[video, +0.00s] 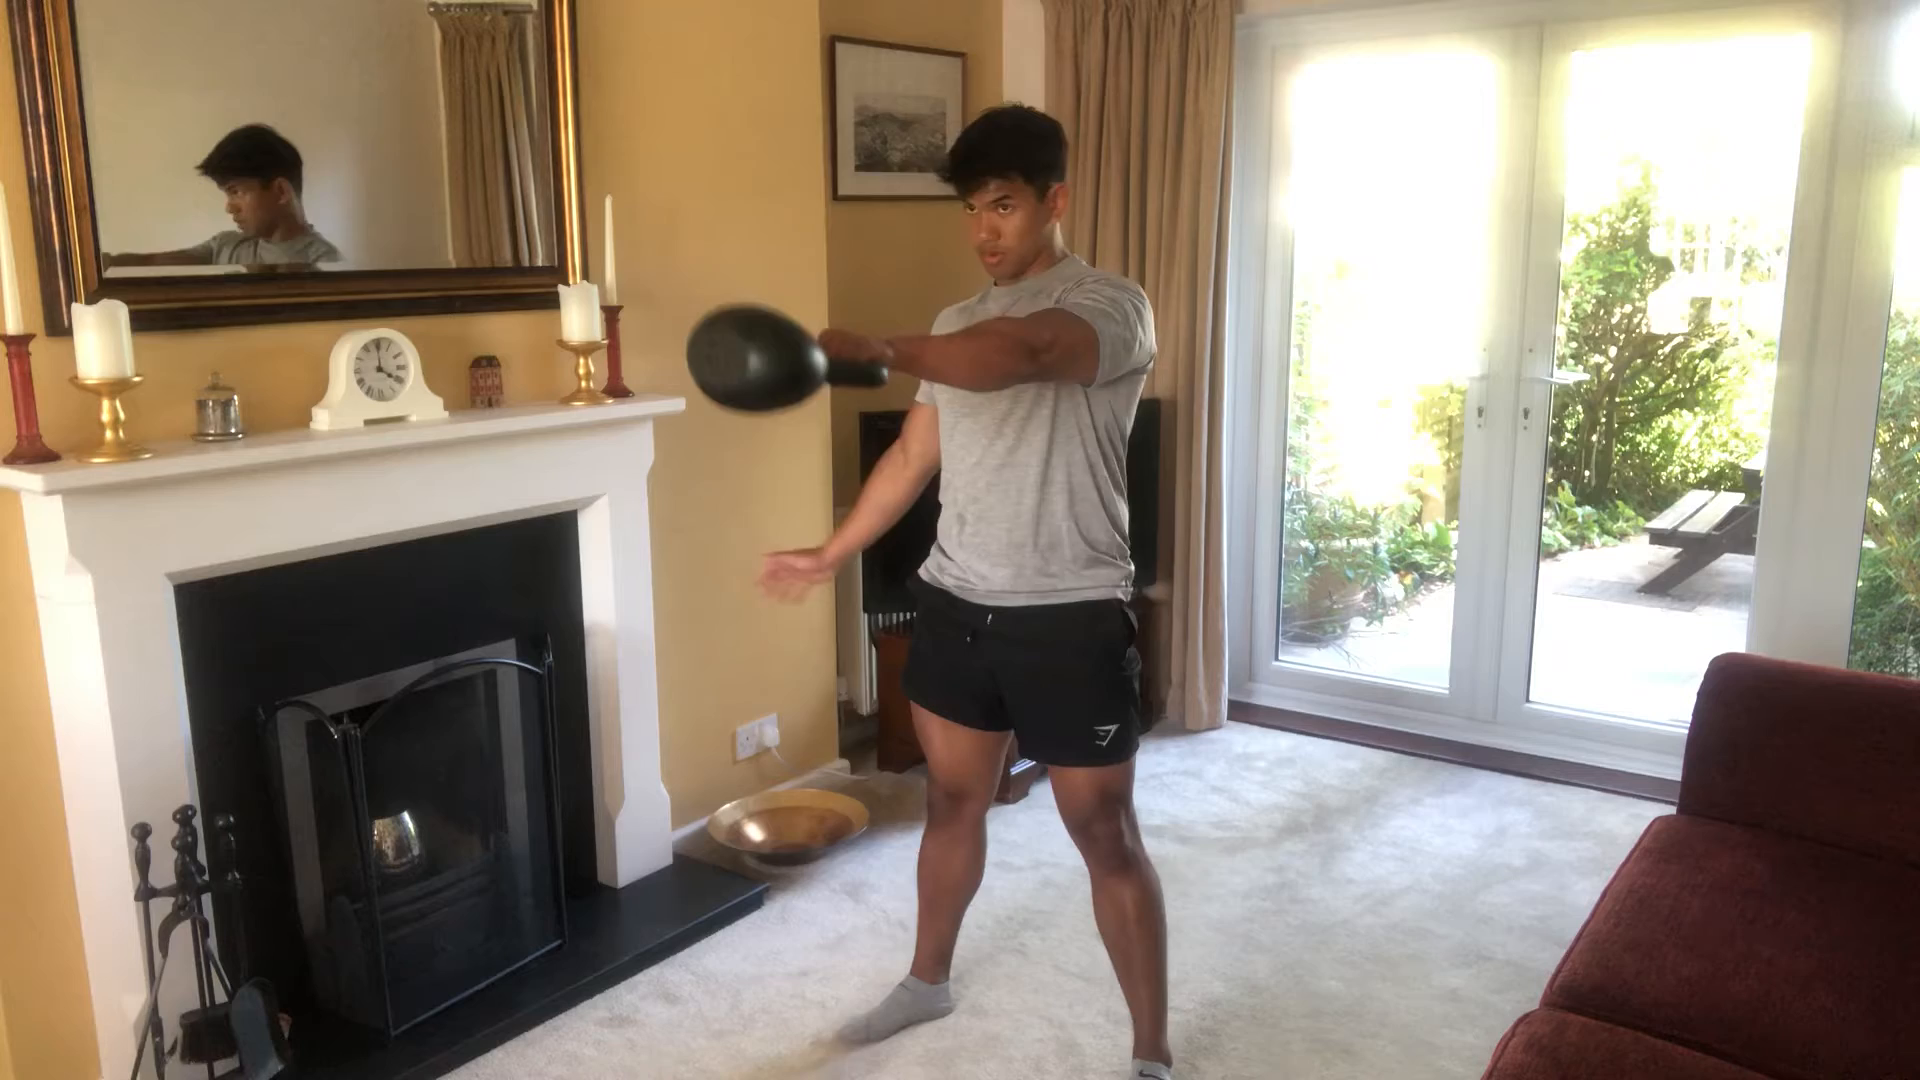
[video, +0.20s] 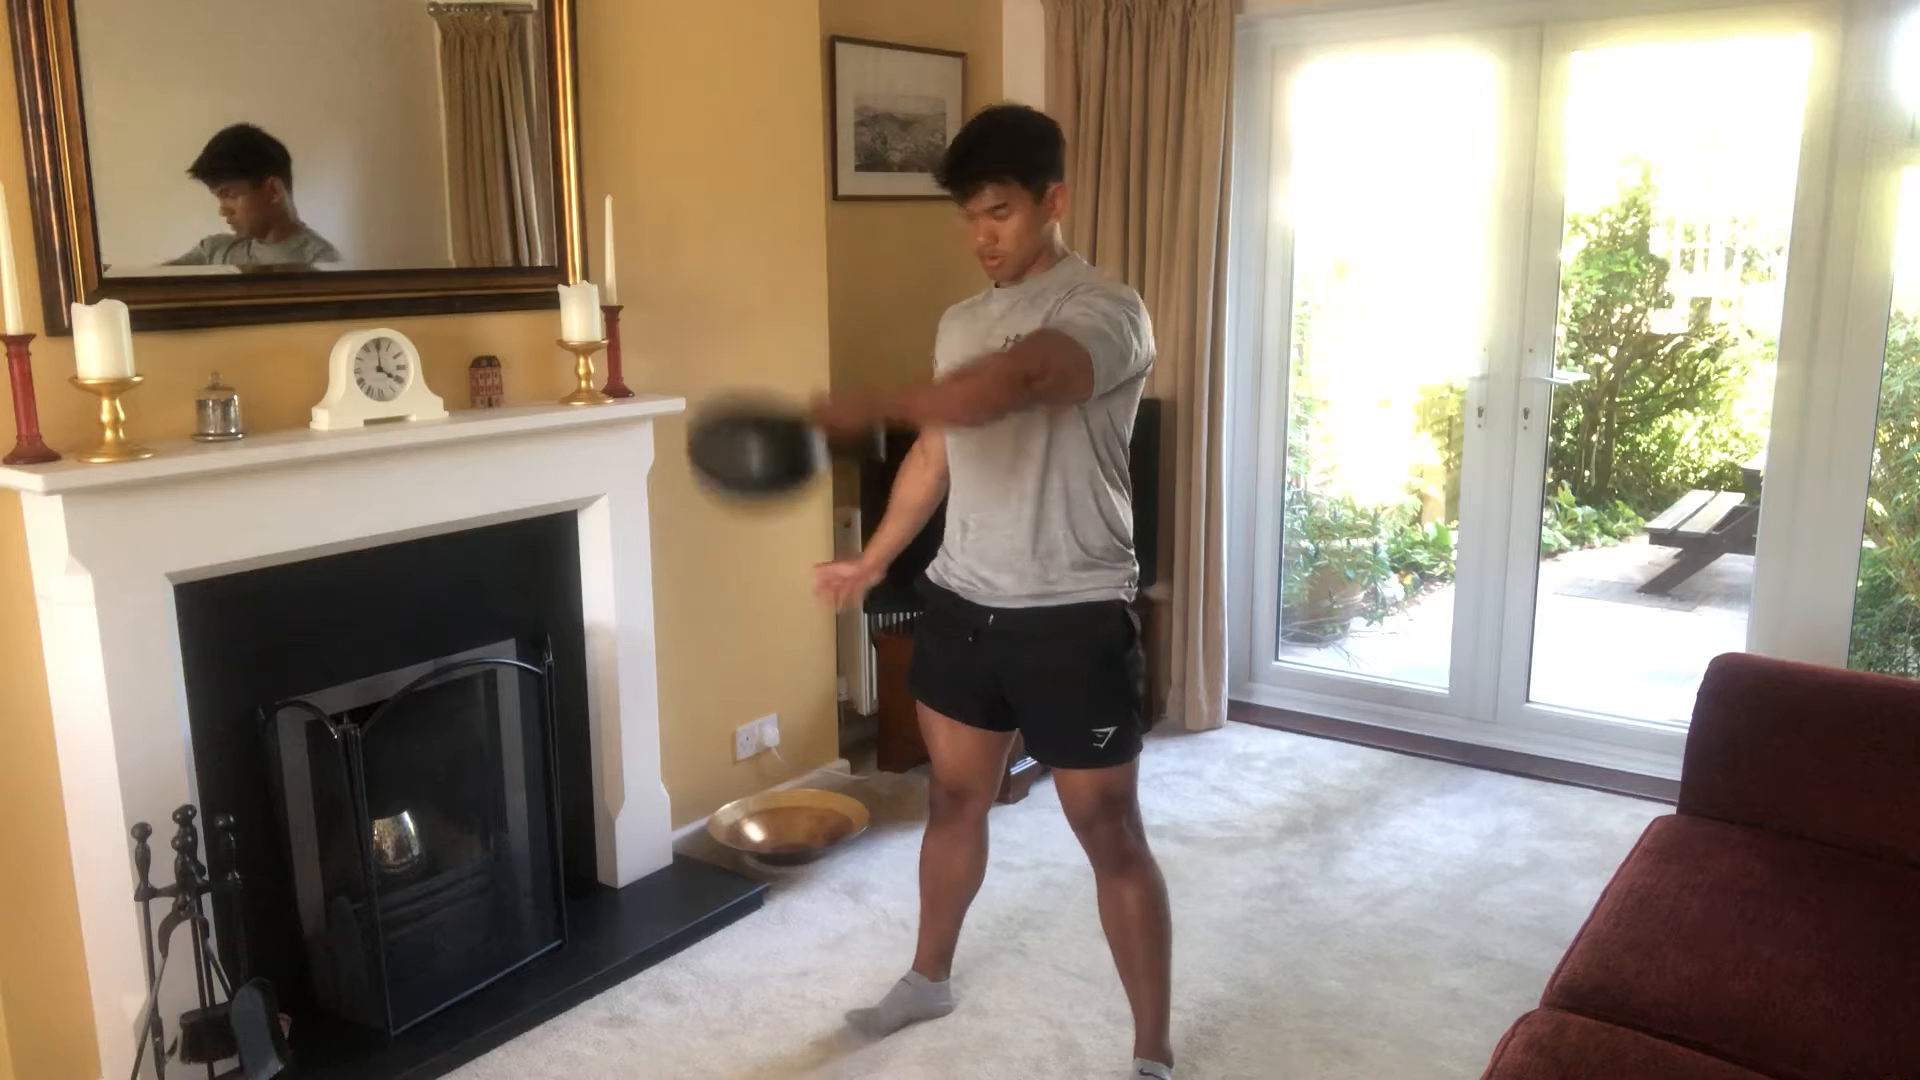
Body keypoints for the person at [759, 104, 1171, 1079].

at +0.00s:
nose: (982, 228)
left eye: (1003, 205)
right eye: (971, 208)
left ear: (1056, 202)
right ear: (962, 210)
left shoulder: (1118, 307)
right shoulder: (956, 327)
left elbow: (1022, 350)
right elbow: (910, 457)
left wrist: (880, 350)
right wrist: (832, 550)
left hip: (1075, 616)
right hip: (956, 607)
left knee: (1105, 834)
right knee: (951, 805)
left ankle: (1152, 1055)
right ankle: (927, 982)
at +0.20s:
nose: (981, 233)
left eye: (1000, 211)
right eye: (970, 214)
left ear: (1054, 201)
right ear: (961, 212)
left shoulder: (1110, 309)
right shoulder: (959, 325)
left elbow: (1027, 376)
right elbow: (931, 453)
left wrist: (882, 405)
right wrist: (873, 558)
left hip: (1077, 617)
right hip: (963, 608)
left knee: (1109, 833)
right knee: (952, 800)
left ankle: (1153, 1053)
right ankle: (929, 978)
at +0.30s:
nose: (972, 246)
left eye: (987, 222)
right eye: (957, 228)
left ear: (1039, 203)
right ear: (944, 225)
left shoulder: (1102, 312)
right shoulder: (956, 323)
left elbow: (1011, 417)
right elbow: (937, 450)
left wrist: (884, 512)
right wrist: (882, 544)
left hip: (1080, 618)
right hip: (966, 607)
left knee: (1113, 839)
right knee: (948, 801)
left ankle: (1152, 1053)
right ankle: (928, 978)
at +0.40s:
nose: (933, 267)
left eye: (948, 244)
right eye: (922, 250)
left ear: (1002, 221)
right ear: (917, 243)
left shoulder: (1077, 327)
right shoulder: (944, 328)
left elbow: (1000, 477)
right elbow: (940, 452)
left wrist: (912, 604)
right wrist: (892, 552)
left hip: (1084, 615)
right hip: (973, 605)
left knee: (1107, 841)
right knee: (940, 801)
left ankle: (1150, 1057)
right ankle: (926, 983)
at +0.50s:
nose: (886, 324)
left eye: (899, 301)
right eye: (875, 306)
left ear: (950, 274)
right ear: (868, 296)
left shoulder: (1037, 368)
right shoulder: (916, 354)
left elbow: (998, 556)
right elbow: (932, 465)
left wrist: (947, 703)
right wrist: (899, 559)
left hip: (1093, 620)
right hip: (992, 613)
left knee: (1114, 849)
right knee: (925, 775)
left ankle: (1150, 1058)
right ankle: (925, 981)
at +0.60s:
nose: (833, 416)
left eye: (840, 394)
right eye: (821, 398)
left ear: (891, 360)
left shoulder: (1002, 440)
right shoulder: (887, 424)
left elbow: (1005, 624)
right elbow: (953, 505)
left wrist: (996, 758)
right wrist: (918, 569)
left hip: (1096, 637)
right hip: (990, 626)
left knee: (1120, 863)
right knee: (907, 800)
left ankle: (1151, 1060)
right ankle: (924, 983)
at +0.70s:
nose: (794, 525)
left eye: (798, 506)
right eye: (784, 510)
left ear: (839, 477)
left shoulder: (970, 535)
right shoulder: (864, 455)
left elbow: (1012, 673)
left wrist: (1038, 764)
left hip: (1097, 642)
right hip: (989, 635)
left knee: (1126, 876)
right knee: (894, 805)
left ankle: (1154, 1061)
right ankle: (922, 984)